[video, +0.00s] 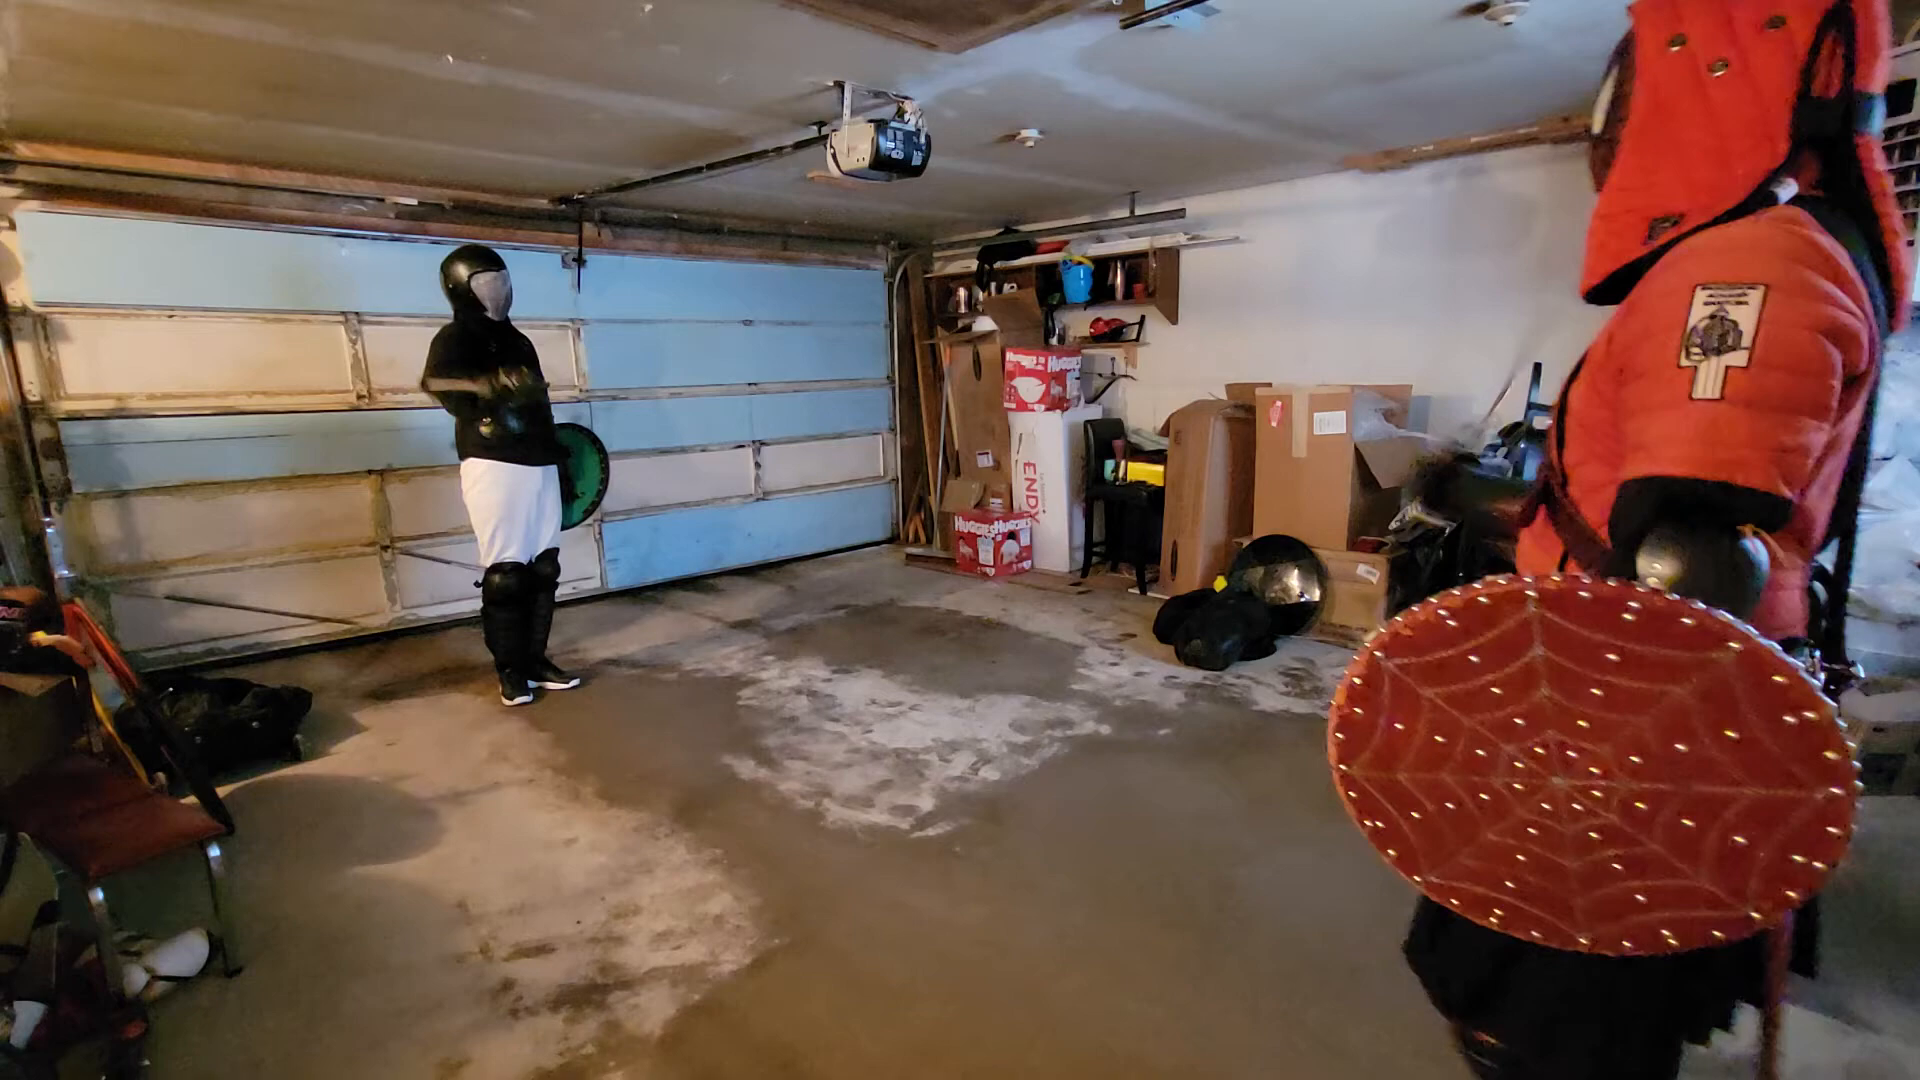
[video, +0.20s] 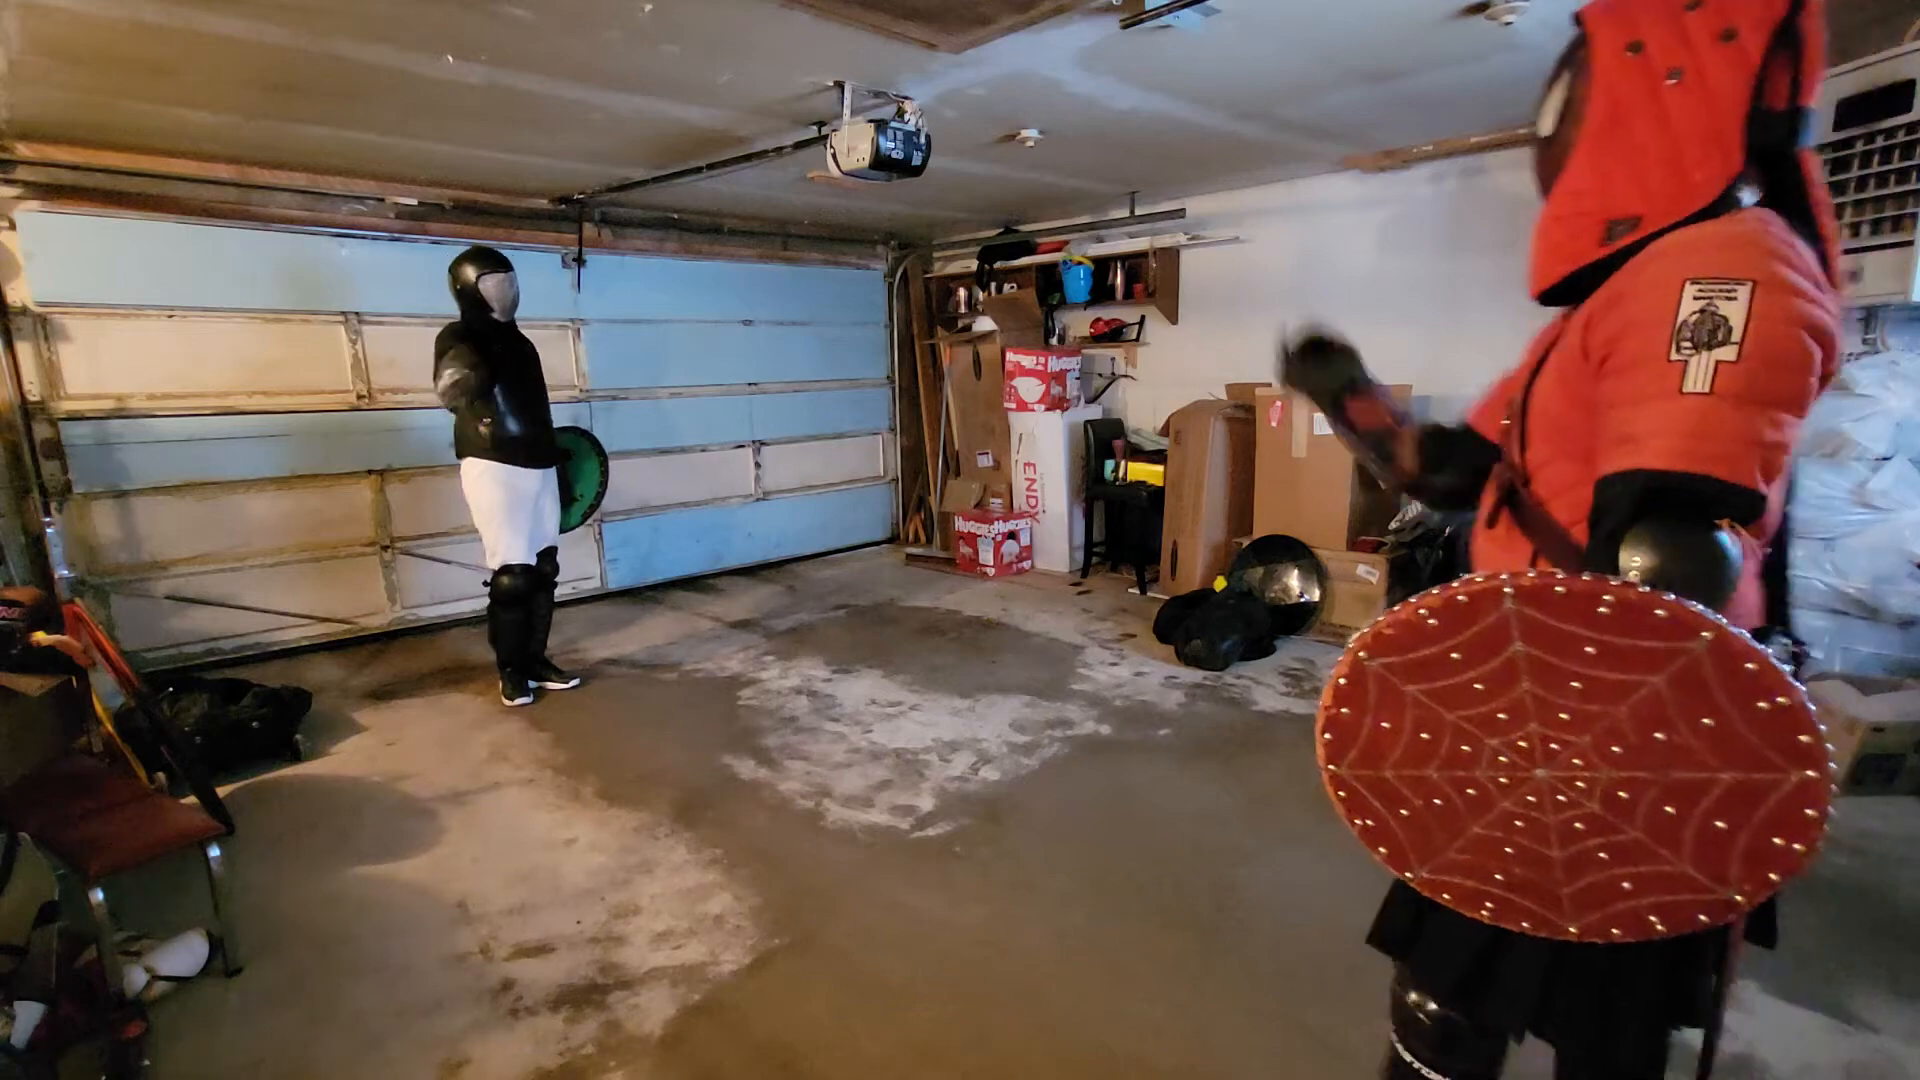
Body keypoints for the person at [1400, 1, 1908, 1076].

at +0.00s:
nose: (1607, 121)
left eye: (1636, 78)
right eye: (1618, 83)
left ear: (1720, 74)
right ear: (1735, 77)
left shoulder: (1762, 262)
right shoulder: (1737, 247)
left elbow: (1690, 595)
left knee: (1575, 1036)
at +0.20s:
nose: (1548, 128)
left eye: (1576, 88)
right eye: (1555, 93)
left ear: (1679, 83)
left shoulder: (1730, 259)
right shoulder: (1623, 281)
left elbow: (1675, 557)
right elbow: (1484, 474)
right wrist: (1369, 416)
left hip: (1619, 755)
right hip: (1521, 727)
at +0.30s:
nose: (1509, 132)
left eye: (1537, 92)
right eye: (1516, 96)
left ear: (1639, 92)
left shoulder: (1696, 274)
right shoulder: (1565, 296)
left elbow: (1663, 572)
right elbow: (1409, 460)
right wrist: (1305, 338)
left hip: (1562, 751)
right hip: (1488, 731)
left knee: (1429, 1009)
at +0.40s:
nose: (1471, 126)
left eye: (1502, 85)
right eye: (1477, 89)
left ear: (1605, 89)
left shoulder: (1676, 288)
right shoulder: (1513, 301)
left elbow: (1643, 592)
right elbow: (1373, 442)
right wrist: (1252, 375)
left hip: (1570, 764)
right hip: (1449, 746)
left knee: (1581, 1045)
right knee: (1418, 1027)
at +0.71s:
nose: (1360, 140)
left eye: (1384, 102)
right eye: (1361, 105)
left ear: (1484, 103)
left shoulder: (1577, 306)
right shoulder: (1416, 283)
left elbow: (1603, 603)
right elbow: (1282, 307)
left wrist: (1542, 787)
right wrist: (1141, 298)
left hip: (1507, 725)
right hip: (1404, 706)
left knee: (1541, 1009)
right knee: (1409, 991)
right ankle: (1410, 1067)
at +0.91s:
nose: (1320, 140)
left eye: (1347, 95)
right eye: (1324, 101)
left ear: (1443, 95)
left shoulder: (1547, 317)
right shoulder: (1393, 281)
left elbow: (1584, 621)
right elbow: (1286, 338)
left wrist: (1525, 836)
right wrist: (1173, 361)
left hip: (1459, 727)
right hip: (1374, 696)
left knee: (1415, 1008)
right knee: (1367, 920)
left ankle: (1419, 1061)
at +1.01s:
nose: (1304, 149)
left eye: (1327, 110)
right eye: (1306, 113)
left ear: (1426, 111)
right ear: (1400, 115)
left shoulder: (1516, 318)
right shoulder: (1379, 285)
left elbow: (1565, 606)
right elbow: (1346, 407)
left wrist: (1495, 808)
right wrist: (1248, 424)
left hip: (1435, 702)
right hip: (1349, 671)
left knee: (1384, 898)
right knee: (1304, 841)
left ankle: (1393, 1050)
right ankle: (1392, 993)